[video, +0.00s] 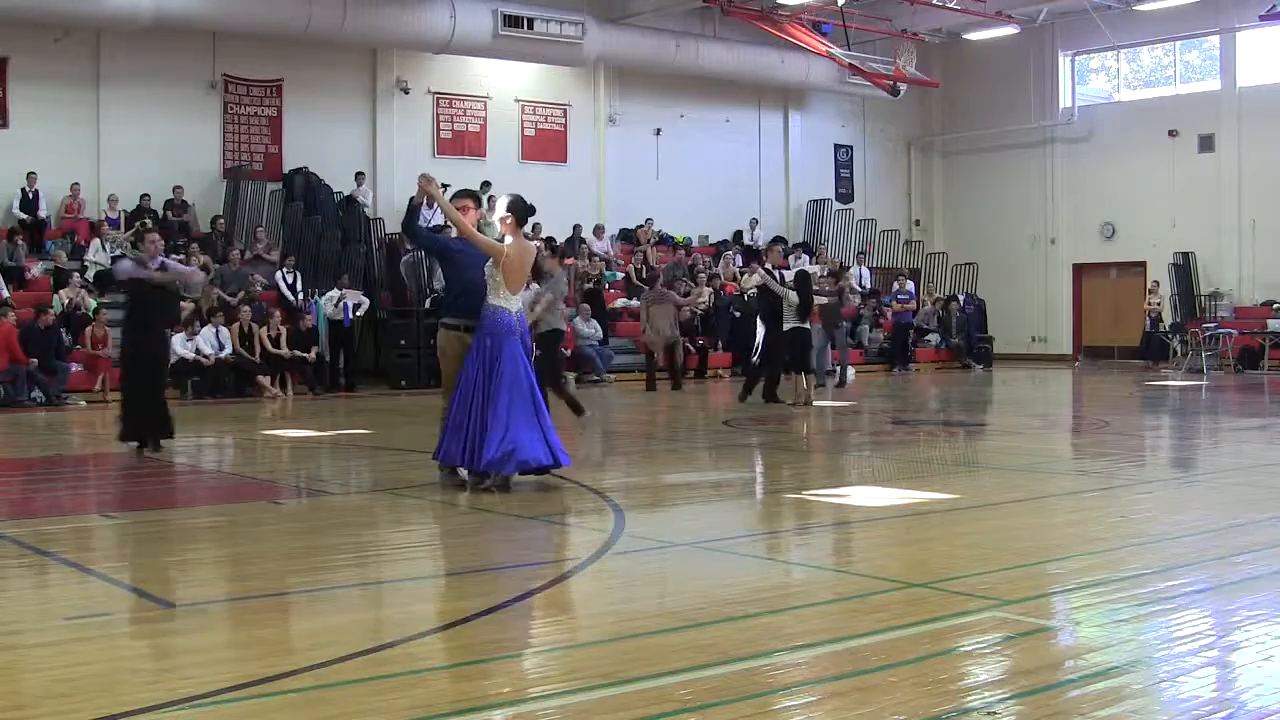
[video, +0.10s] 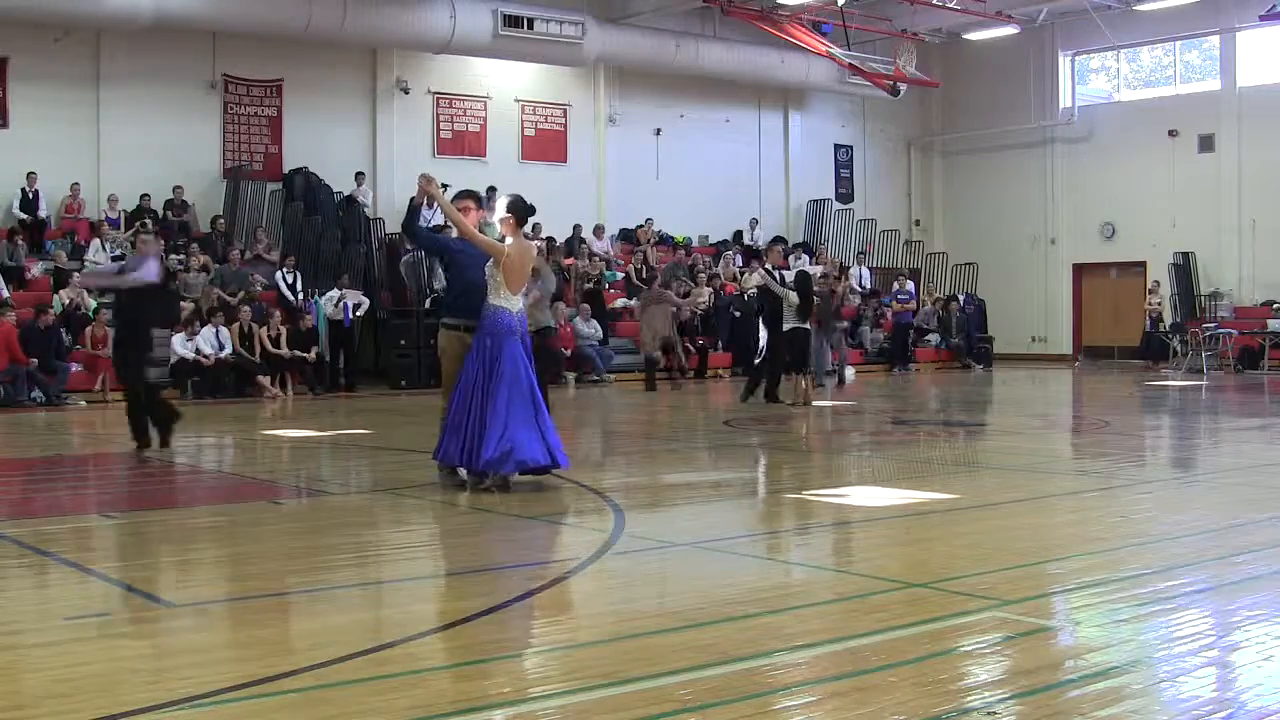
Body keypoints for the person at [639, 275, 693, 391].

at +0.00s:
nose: (662, 278)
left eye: (660, 277)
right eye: (660, 277)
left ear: (649, 282)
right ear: (659, 280)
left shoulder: (645, 296)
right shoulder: (669, 294)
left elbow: (643, 316)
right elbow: (682, 302)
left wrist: (642, 329)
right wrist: (697, 296)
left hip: (652, 331)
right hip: (669, 330)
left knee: (649, 355)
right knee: (673, 357)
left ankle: (650, 383)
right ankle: (676, 383)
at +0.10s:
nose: (659, 280)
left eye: (658, 279)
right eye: (658, 279)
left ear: (647, 282)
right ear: (657, 281)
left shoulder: (643, 296)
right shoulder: (666, 294)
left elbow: (637, 315)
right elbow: (681, 303)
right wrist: (696, 298)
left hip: (648, 331)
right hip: (664, 330)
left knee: (649, 358)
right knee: (672, 353)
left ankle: (650, 384)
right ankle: (674, 381)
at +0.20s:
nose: (659, 281)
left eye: (658, 279)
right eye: (658, 279)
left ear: (646, 281)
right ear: (655, 281)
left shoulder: (641, 297)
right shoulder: (665, 294)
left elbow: (632, 316)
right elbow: (679, 302)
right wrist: (691, 301)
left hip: (647, 331)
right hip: (663, 331)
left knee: (647, 357)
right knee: (662, 354)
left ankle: (649, 383)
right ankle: (661, 379)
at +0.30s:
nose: (658, 280)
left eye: (656, 278)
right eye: (656, 278)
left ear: (645, 281)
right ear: (654, 280)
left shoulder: (641, 297)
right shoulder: (664, 295)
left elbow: (631, 316)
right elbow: (678, 303)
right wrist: (691, 302)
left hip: (645, 332)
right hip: (661, 332)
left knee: (647, 360)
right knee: (659, 359)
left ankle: (650, 385)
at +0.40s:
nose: (657, 284)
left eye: (656, 282)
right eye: (656, 282)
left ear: (646, 283)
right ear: (655, 282)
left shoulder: (641, 298)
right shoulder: (663, 297)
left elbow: (633, 314)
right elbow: (673, 307)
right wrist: (685, 307)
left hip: (645, 330)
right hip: (660, 330)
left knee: (648, 359)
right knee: (656, 359)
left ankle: (650, 386)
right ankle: (646, 383)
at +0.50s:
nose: (657, 286)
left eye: (656, 283)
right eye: (656, 284)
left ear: (645, 285)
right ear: (653, 285)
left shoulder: (642, 300)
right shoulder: (662, 298)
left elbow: (641, 315)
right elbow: (670, 313)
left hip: (649, 327)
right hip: (662, 327)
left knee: (652, 356)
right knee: (656, 356)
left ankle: (649, 382)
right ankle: (645, 383)